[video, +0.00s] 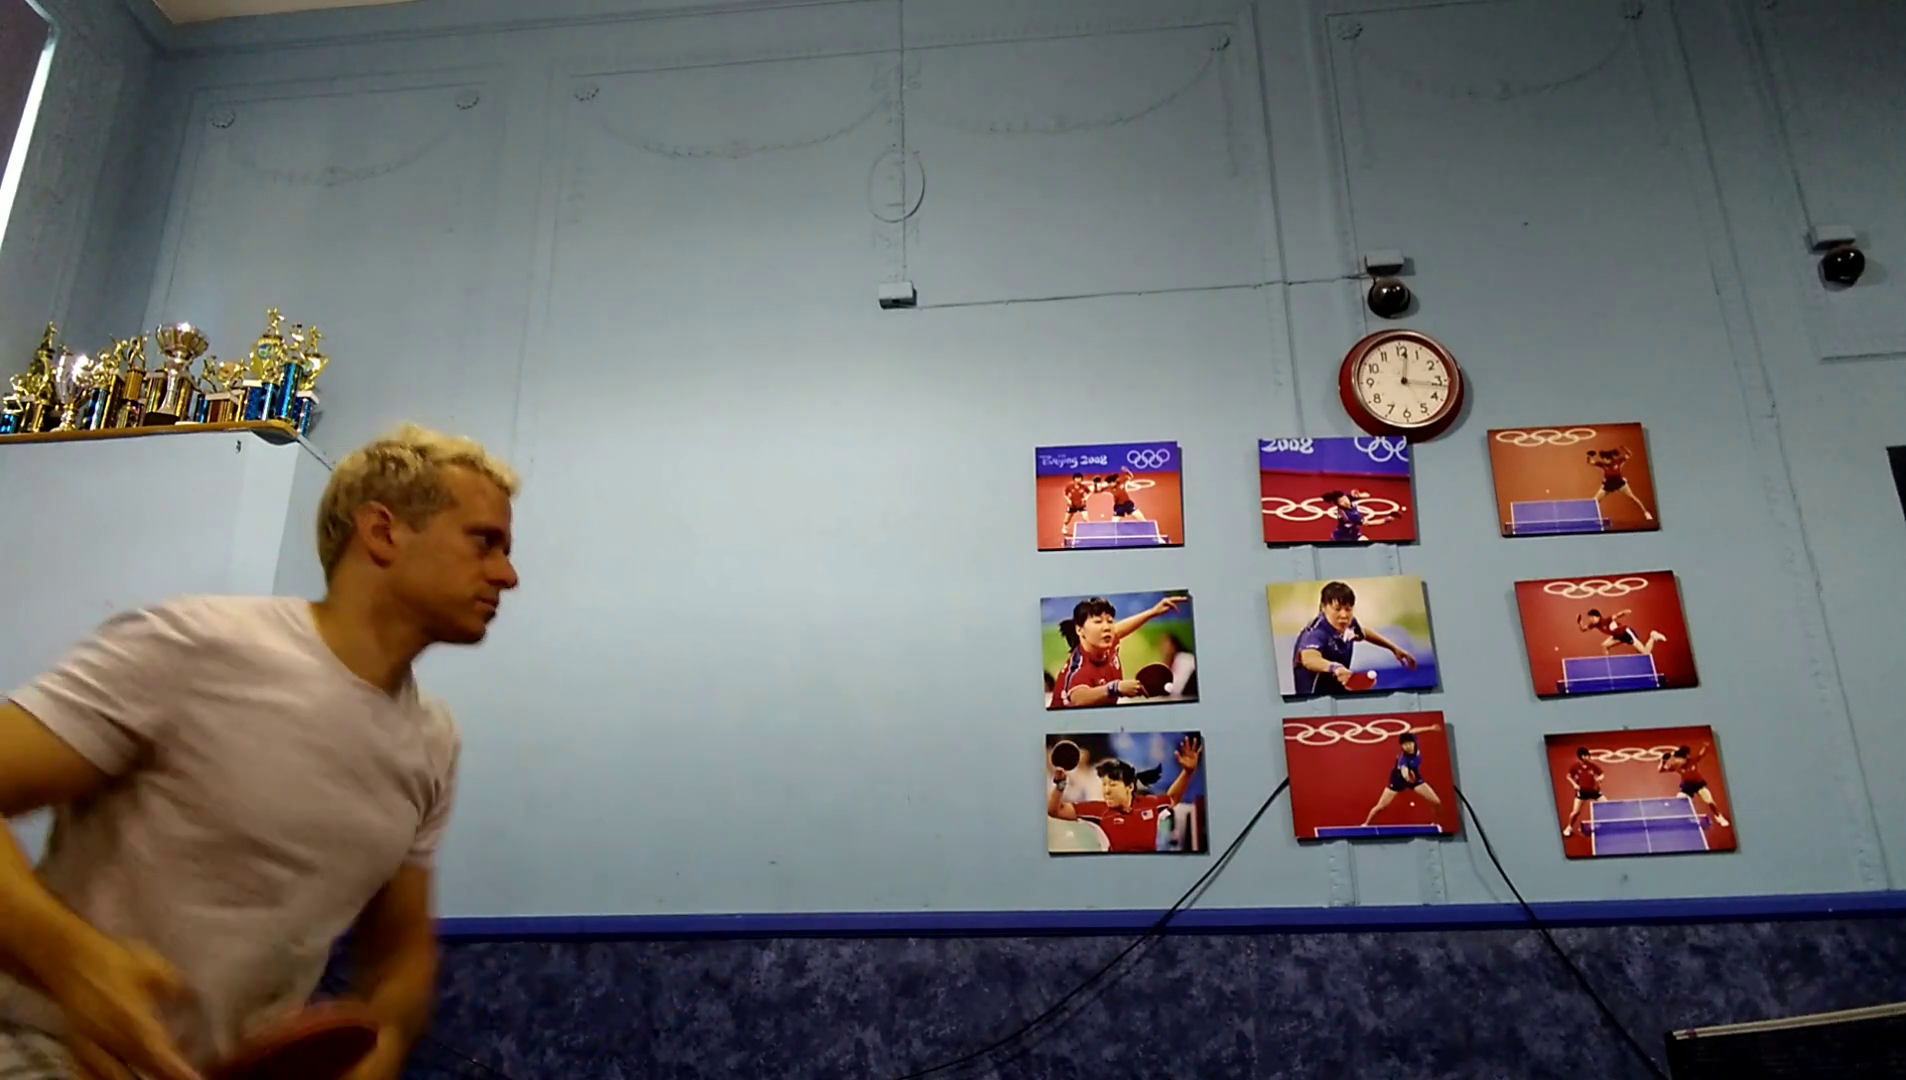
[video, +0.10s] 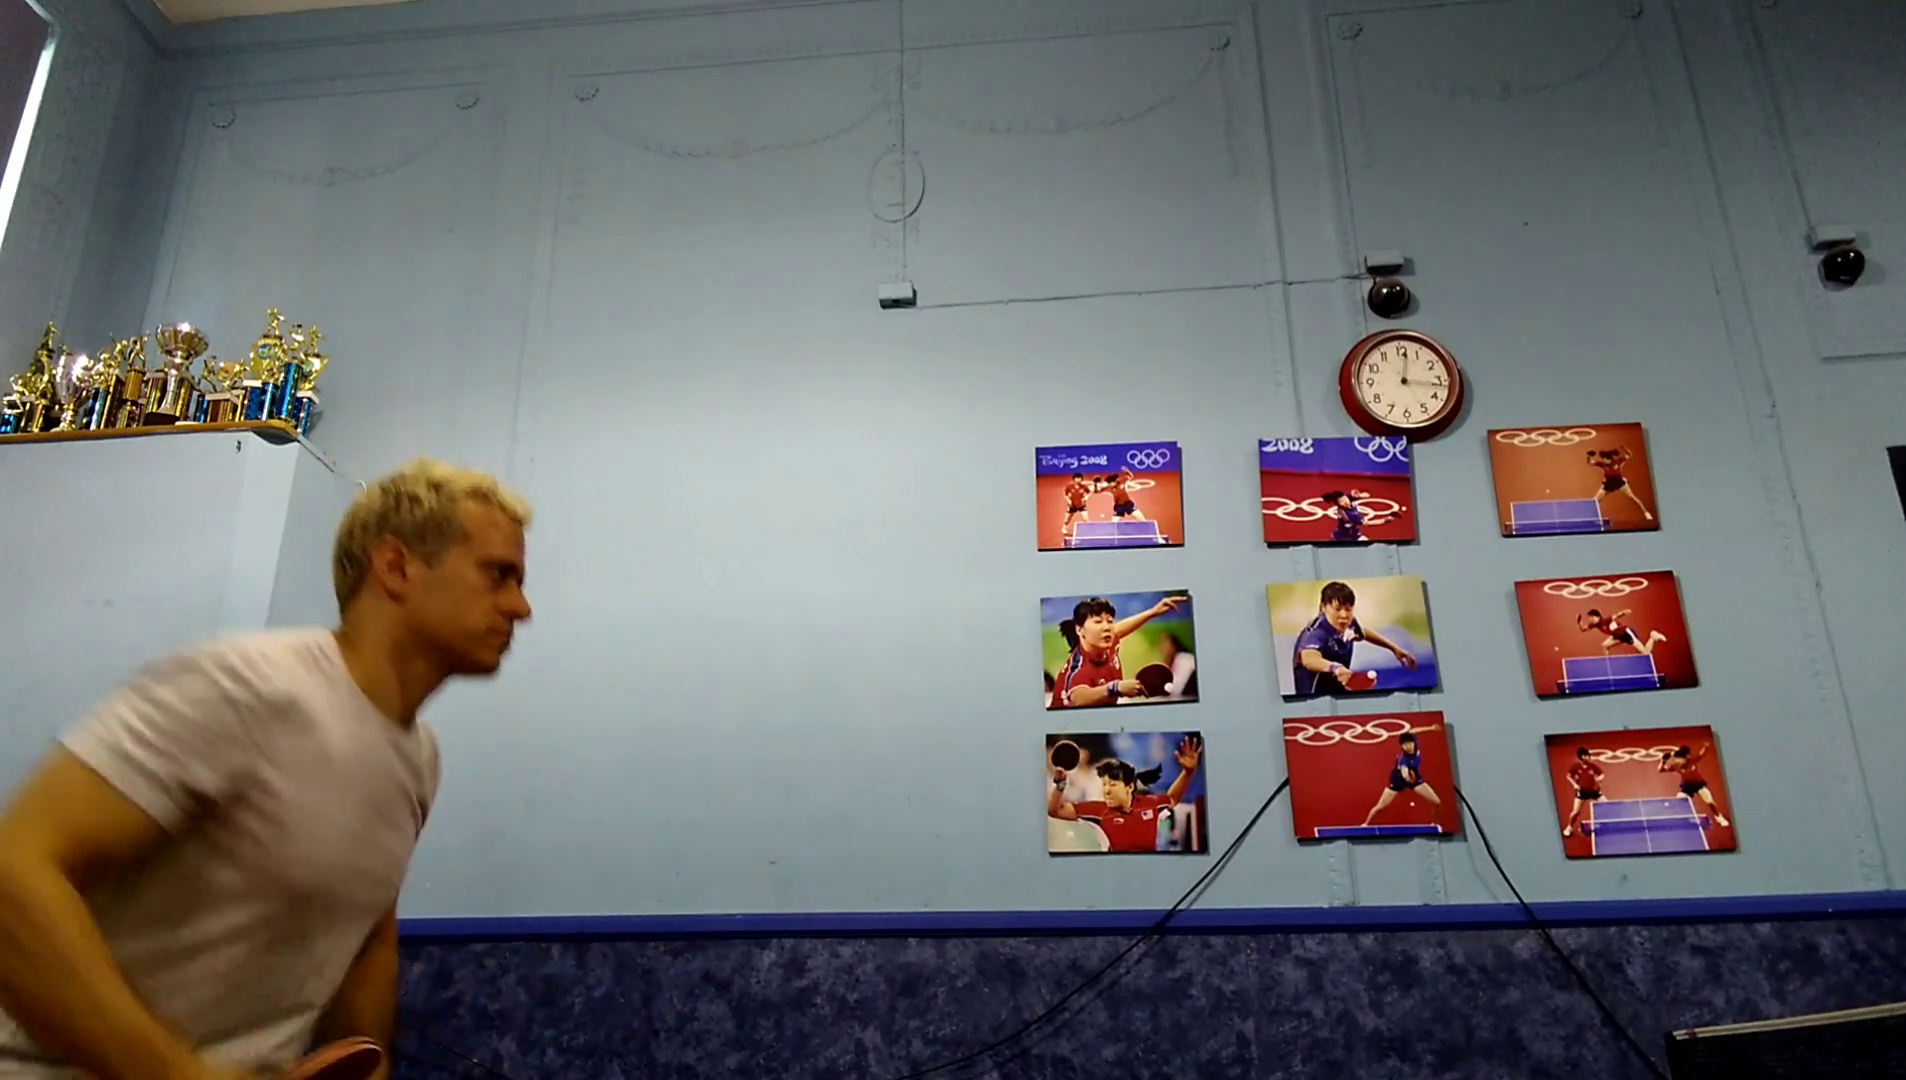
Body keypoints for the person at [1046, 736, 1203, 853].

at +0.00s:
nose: (1107, 790)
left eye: (1113, 785)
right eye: (1104, 785)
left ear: (1130, 787)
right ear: (1101, 787)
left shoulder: (1151, 804)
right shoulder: (1100, 811)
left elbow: (1172, 798)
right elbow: (1055, 811)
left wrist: (1188, 771)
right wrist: (1059, 785)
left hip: (1151, 872)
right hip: (1117, 873)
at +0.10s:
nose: (1107, 790)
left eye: (1113, 785)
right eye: (1104, 785)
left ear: (1130, 787)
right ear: (1101, 787)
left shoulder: (1151, 804)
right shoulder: (1100, 811)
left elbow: (1172, 798)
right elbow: (1055, 811)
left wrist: (1188, 771)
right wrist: (1059, 785)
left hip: (1151, 872)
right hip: (1117, 873)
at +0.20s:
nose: (1107, 790)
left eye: (1113, 785)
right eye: (1104, 785)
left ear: (1130, 787)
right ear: (1101, 787)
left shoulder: (1151, 804)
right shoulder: (1100, 811)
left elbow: (1172, 798)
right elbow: (1055, 811)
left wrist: (1188, 771)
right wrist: (1059, 785)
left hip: (1151, 872)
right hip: (1116, 873)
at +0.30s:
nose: (1107, 790)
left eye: (1113, 785)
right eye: (1104, 785)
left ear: (1130, 787)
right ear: (1101, 787)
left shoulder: (1151, 804)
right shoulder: (1100, 811)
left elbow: (1172, 798)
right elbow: (1055, 811)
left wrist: (1188, 771)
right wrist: (1059, 785)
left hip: (1151, 872)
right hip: (1116, 873)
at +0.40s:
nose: (1107, 790)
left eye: (1113, 785)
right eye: (1104, 785)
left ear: (1130, 787)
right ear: (1101, 787)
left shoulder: (1151, 805)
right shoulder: (1100, 811)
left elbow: (1172, 799)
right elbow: (1055, 811)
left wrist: (1188, 771)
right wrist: (1059, 785)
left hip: (1151, 872)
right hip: (1116, 874)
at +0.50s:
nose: (1107, 790)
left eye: (1113, 785)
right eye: (1104, 785)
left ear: (1130, 787)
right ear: (1101, 787)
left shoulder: (1151, 804)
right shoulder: (1100, 811)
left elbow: (1172, 798)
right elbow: (1055, 811)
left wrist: (1188, 771)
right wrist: (1059, 785)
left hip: (1152, 872)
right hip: (1117, 874)